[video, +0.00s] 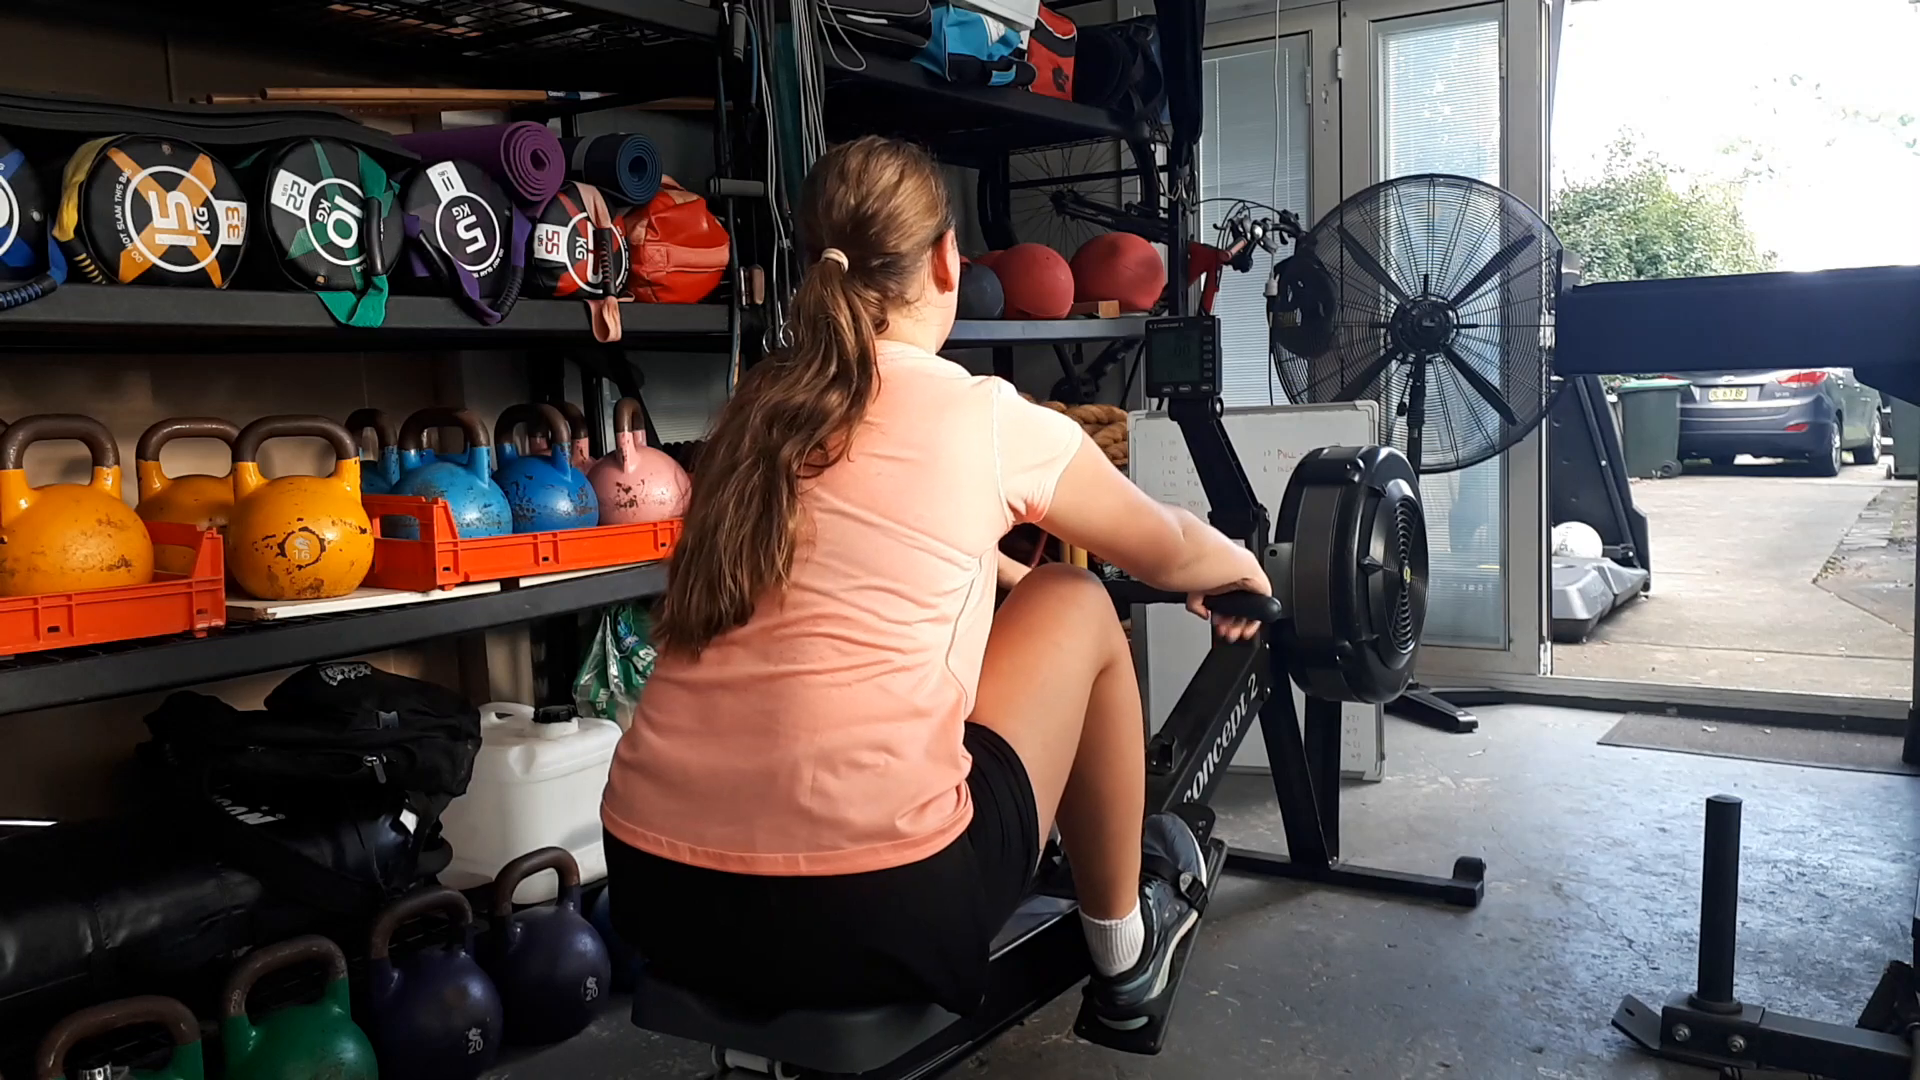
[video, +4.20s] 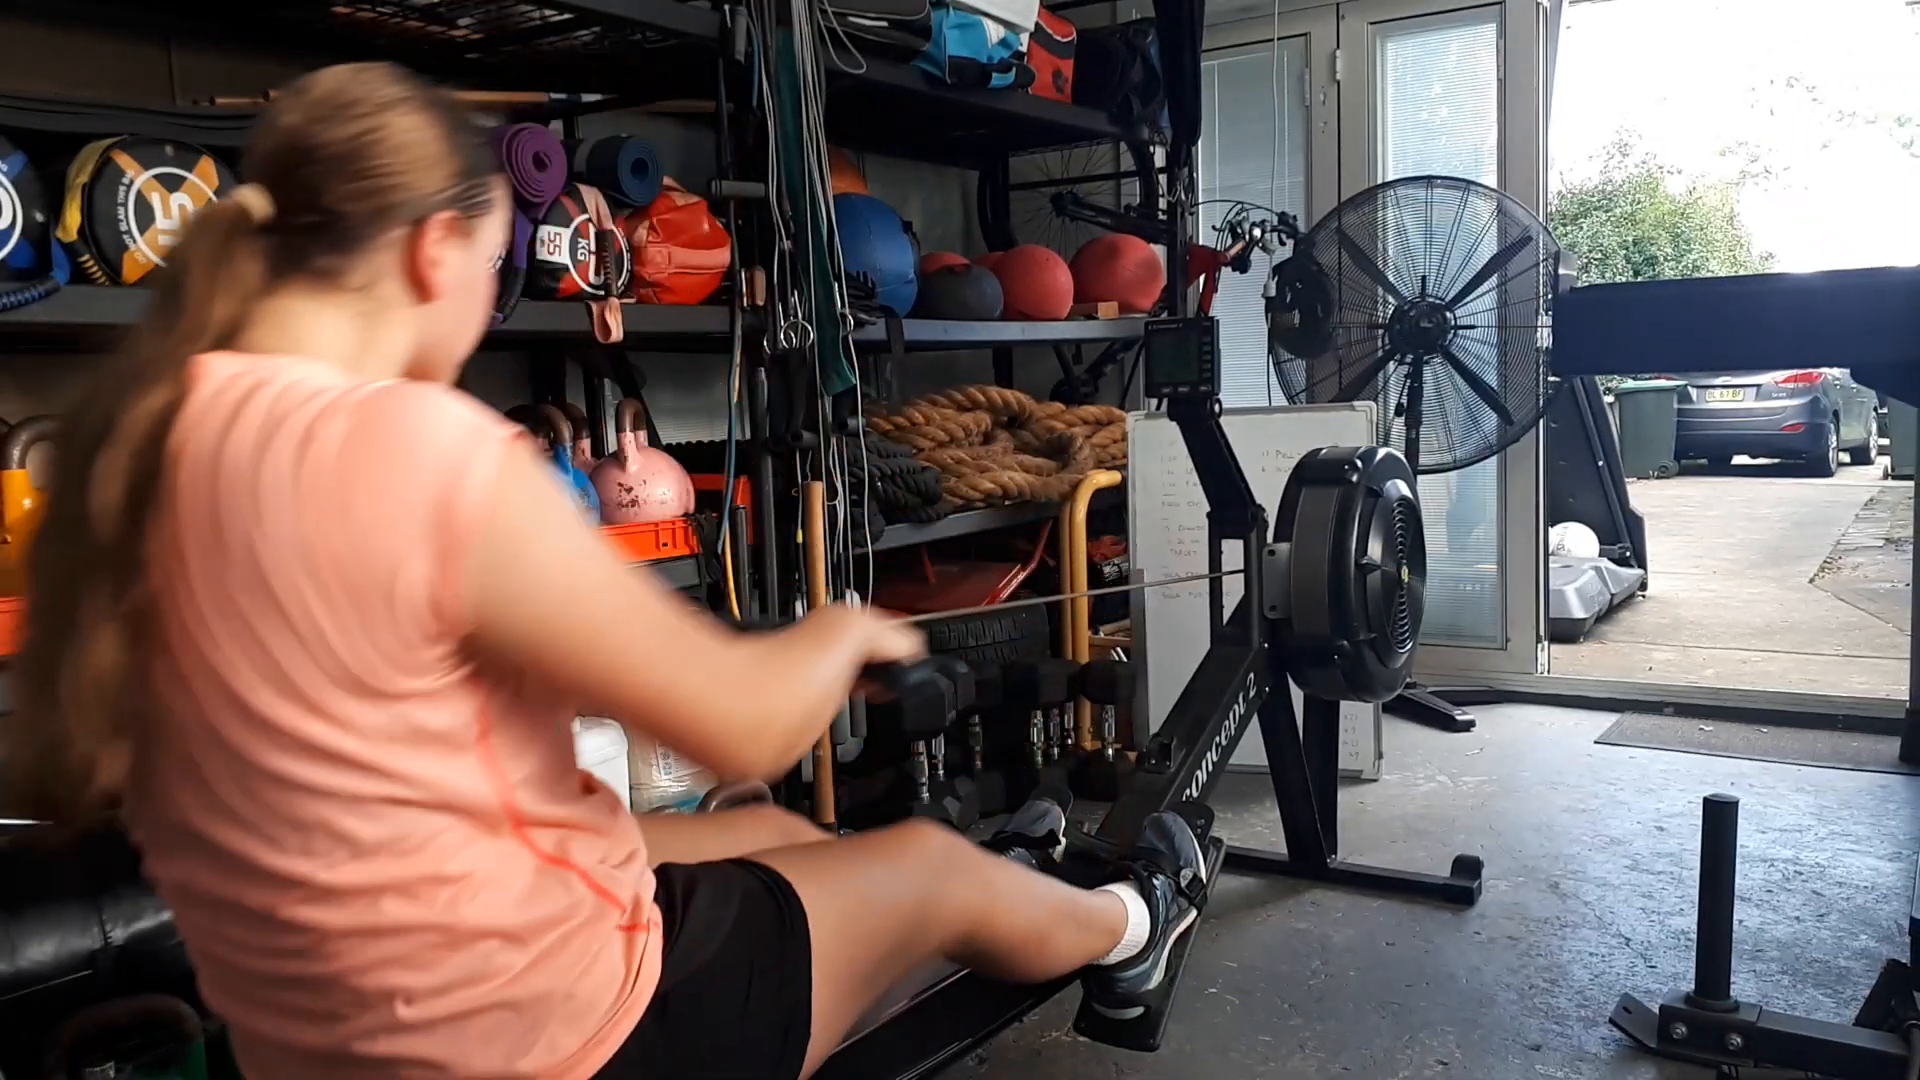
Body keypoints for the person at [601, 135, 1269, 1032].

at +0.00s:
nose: (962, 268)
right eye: (957, 247)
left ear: (812, 270)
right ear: (945, 265)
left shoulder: (755, 405)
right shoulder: (986, 419)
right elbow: (1164, 544)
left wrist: (1025, 581)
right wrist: (1229, 566)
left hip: (665, 905)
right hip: (875, 920)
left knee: (955, 596)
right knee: (1078, 604)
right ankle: (1123, 960)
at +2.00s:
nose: (973, 282)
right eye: (970, 260)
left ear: (828, 281)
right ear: (955, 274)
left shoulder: (763, 408)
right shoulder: (993, 418)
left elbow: (876, 539)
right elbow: (1166, 543)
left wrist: (1047, 579)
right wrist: (1246, 573)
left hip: (665, 909)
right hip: (874, 923)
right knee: (1078, 596)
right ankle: (1122, 961)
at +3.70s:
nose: (857, 248)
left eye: (853, 222)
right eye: (854, 220)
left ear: (699, 235)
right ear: (829, 234)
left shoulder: (629, 403)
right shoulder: (885, 416)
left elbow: (731, 544)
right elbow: (1055, 557)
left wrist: (909, 572)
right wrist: (1143, 560)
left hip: (540, 950)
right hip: (758, 962)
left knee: (842, 642)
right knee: (1041, 640)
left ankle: (955, 897)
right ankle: (1126, 948)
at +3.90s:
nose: (727, 244)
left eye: (726, 214)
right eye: (726, 211)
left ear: (541, 210)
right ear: (688, 214)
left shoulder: (467, 397)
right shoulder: (746, 415)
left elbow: (590, 543)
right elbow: (947, 571)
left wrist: (786, 555)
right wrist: (1049, 556)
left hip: (424, 997)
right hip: (657, 1007)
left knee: (800, 689)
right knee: (1002, 710)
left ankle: (930, 888)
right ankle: (1122, 947)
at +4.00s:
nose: (647, 260)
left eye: (649, 228)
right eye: (646, 225)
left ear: (453, 212)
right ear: (597, 217)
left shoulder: (359, 400)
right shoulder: (640, 414)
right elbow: (879, 591)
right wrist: (987, 567)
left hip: (369, 1005)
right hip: (599, 1022)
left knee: (790, 736)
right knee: (973, 760)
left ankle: (941, 896)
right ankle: (1126, 943)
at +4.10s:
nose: (562, 269)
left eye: (564, 234)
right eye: (560, 232)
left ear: (357, 218)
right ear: (507, 232)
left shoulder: (246, 416)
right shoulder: (525, 434)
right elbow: (811, 644)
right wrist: (922, 591)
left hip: (323, 1035)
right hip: (568, 1035)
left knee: (787, 787)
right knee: (943, 817)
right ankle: (1116, 926)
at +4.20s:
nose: (494, 306)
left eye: (501, 271)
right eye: (497, 266)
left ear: (271, 243)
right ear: (432, 250)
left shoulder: (147, 439)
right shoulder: (424, 457)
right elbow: (750, 737)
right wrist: (850, 628)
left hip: (305, 1035)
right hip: (537, 1034)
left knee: (769, 831)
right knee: (929, 864)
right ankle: (1119, 933)